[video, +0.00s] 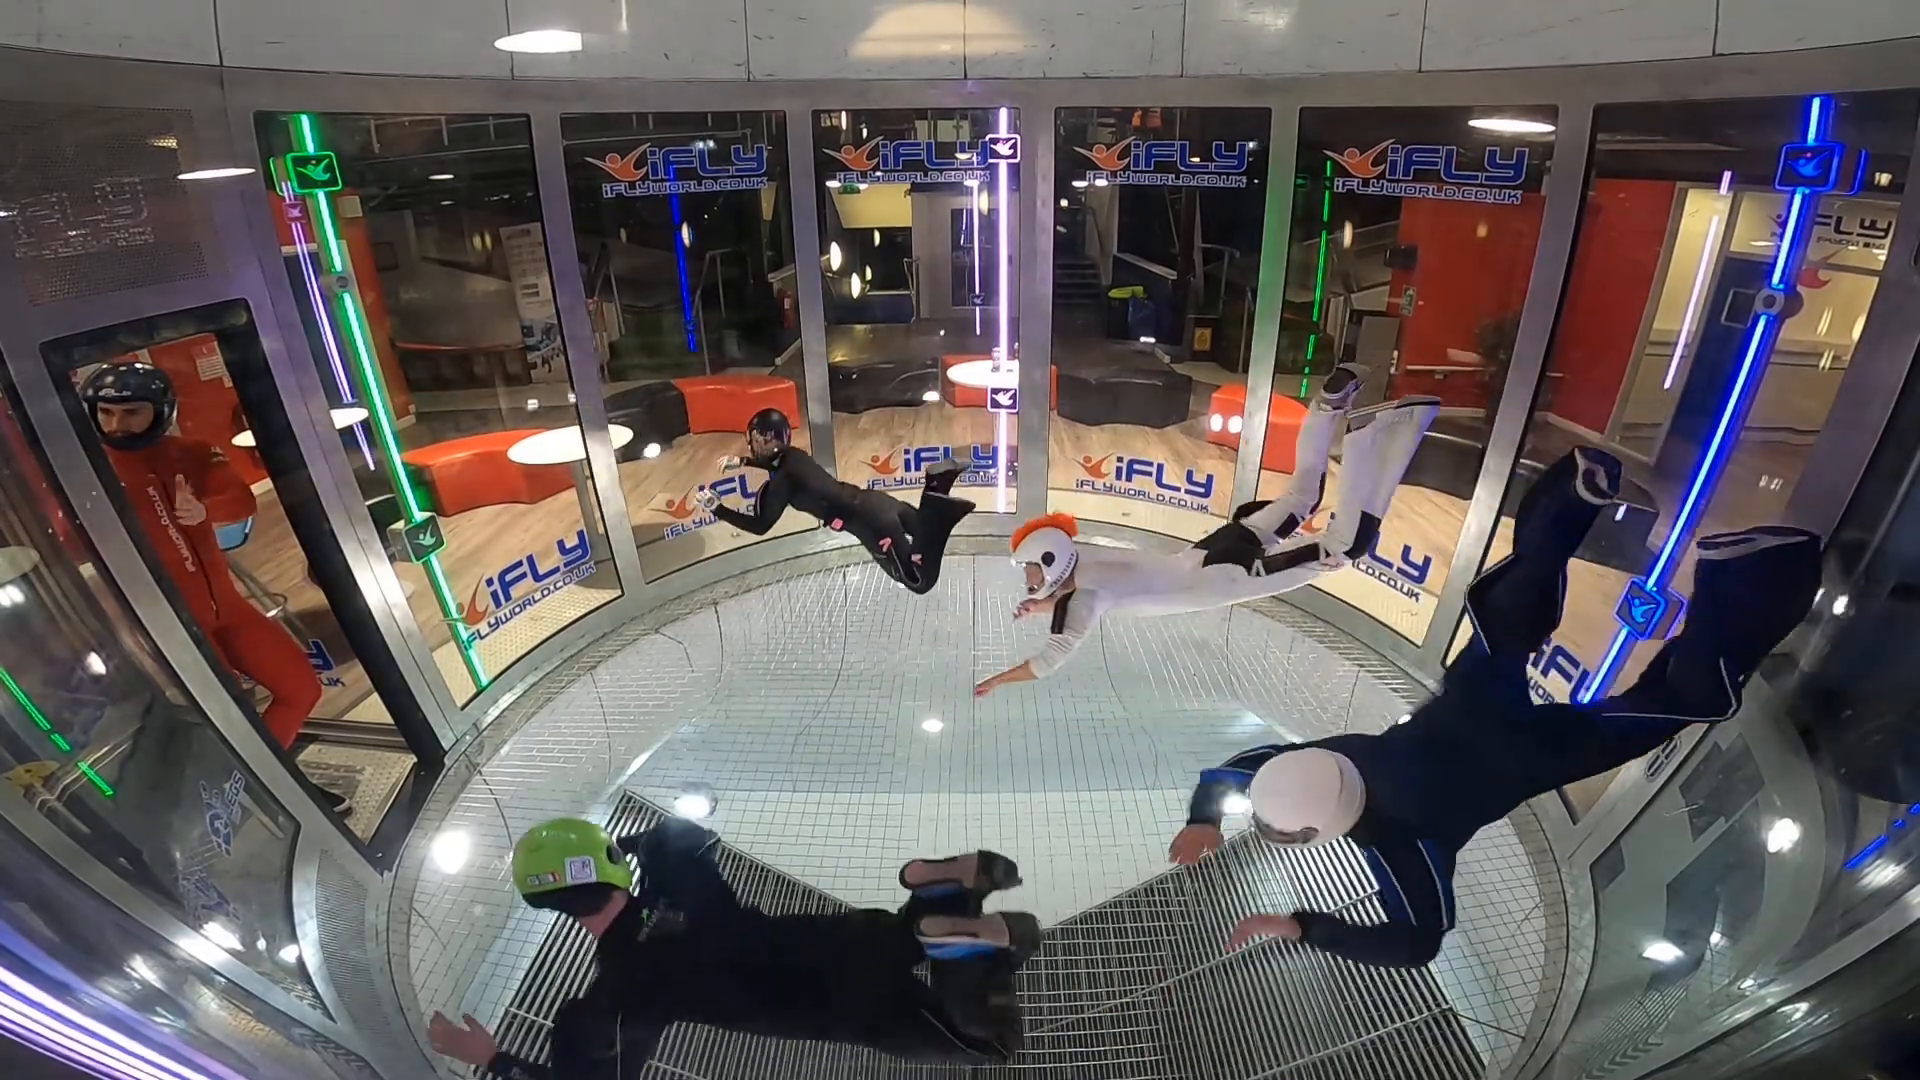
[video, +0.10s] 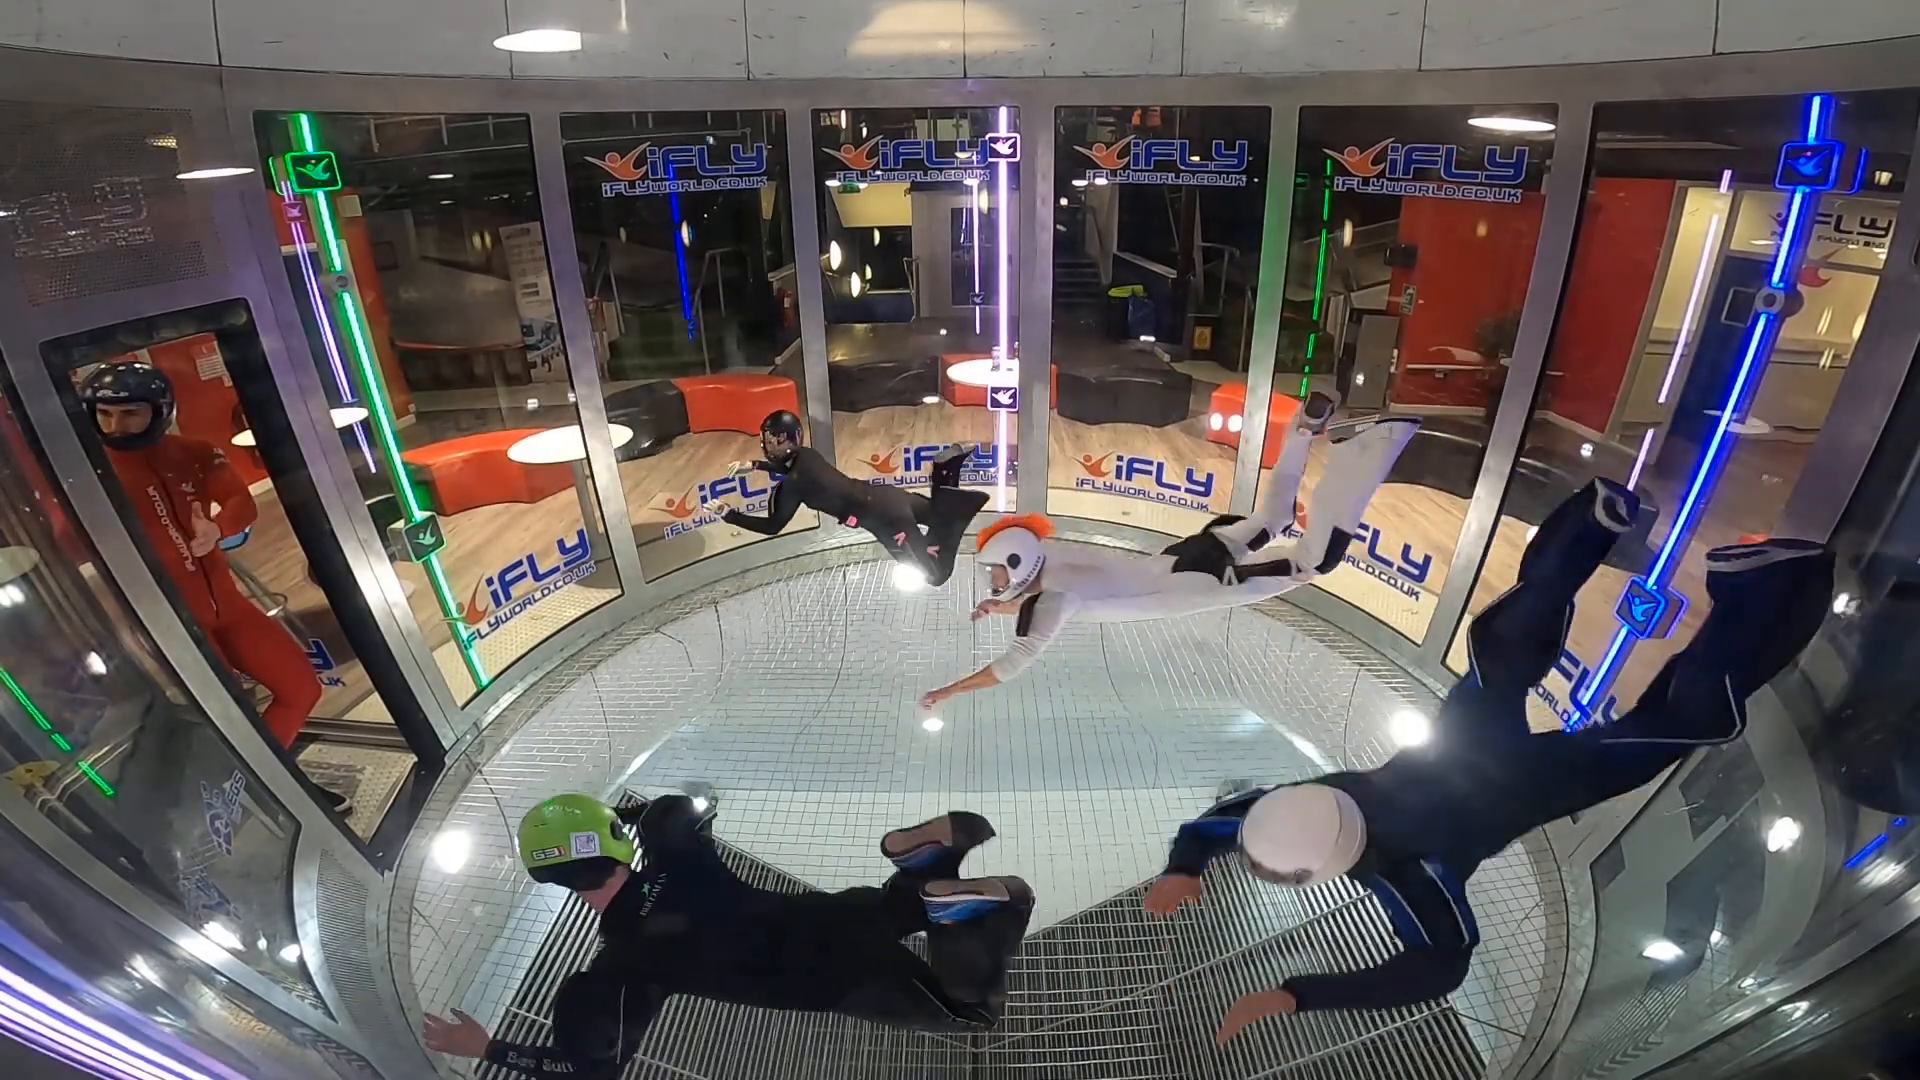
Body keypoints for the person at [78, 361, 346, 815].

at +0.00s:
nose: (117, 425)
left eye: (132, 412)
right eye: (106, 413)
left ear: (158, 412)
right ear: (92, 414)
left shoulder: (186, 455)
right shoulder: (90, 470)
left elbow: (242, 500)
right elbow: (71, 542)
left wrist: (204, 509)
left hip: (224, 607)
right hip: (172, 630)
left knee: (301, 687)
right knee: (237, 712)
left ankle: (245, 781)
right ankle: (293, 791)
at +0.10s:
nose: (116, 426)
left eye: (130, 413)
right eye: (105, 413)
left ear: (157, 413)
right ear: (92, 415)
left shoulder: (193, 456)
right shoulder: (89, 474)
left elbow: (243, 505)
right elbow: (72, 546)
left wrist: (219, 527)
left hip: (225, 607)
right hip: (169, 629)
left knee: (302, 688)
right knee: (233, 713)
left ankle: (243, 779)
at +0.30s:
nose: (121, 425)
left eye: (132, 411)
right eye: (107, 414)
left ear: (155, 409)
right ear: (91, 417)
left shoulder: (194, 456)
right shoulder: (84, 475)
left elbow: (245, 507)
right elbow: (76, 554)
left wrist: (238, 546)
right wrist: (154, 544)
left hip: (224, 604)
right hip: (169, 626)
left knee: (302, 688)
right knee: (233, 716)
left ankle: (245, 778)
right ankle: (294, 791)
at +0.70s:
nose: (127, 422)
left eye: (133, 406)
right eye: (109, 415)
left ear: (150, 401)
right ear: (93, 422)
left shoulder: (197, 455)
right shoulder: (93, 478)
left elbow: (244, 521)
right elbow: (97, 565)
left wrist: (228, 581)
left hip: (226, 599)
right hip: (171, 621)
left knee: (304, 688)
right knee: (236, 711)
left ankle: (244, 779)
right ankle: (295, 792)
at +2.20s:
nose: (125, 422)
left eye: (130, 406)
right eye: (108, 415)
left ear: (146, 401)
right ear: (89, 424)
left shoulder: (196, 454)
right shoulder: (95, 482)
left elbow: (247, 520)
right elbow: (106, 575)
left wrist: (243, 576)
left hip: (234, 603)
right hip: (181, 623)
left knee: (305, 688)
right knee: (237, 716)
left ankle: (245, 782)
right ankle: (293, 793)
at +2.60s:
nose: (125, 418)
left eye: (130, 402)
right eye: (108, 411)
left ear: (146, 399)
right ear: (89, 420)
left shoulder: (198, 455)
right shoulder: (95, 478)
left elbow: (248, 521)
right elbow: (105, 565)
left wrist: (242, 577)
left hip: (234, 602)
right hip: (181, 621)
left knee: (306, 688)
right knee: (237, 711)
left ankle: (241, 784)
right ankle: (292, 791)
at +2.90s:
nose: (124, 416)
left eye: (128, 401)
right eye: (108, 410)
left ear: (143, 397)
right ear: (90, 420)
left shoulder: (196, 454)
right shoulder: (95, 479)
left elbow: (247, 521)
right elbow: (112, 564)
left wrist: (241, 577)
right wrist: (207, 592)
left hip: (233, 603)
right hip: (181, 622)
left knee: (305, 689)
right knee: (237, 715)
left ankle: (243, 784)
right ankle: (293, 792)